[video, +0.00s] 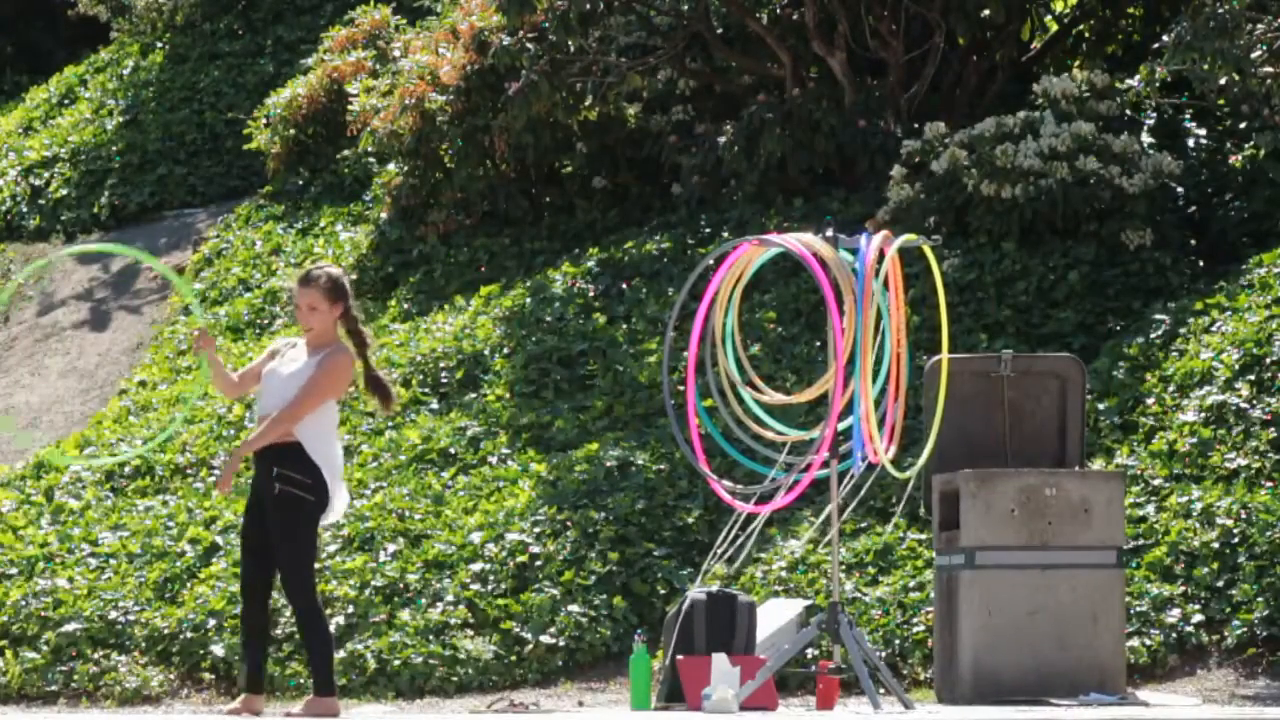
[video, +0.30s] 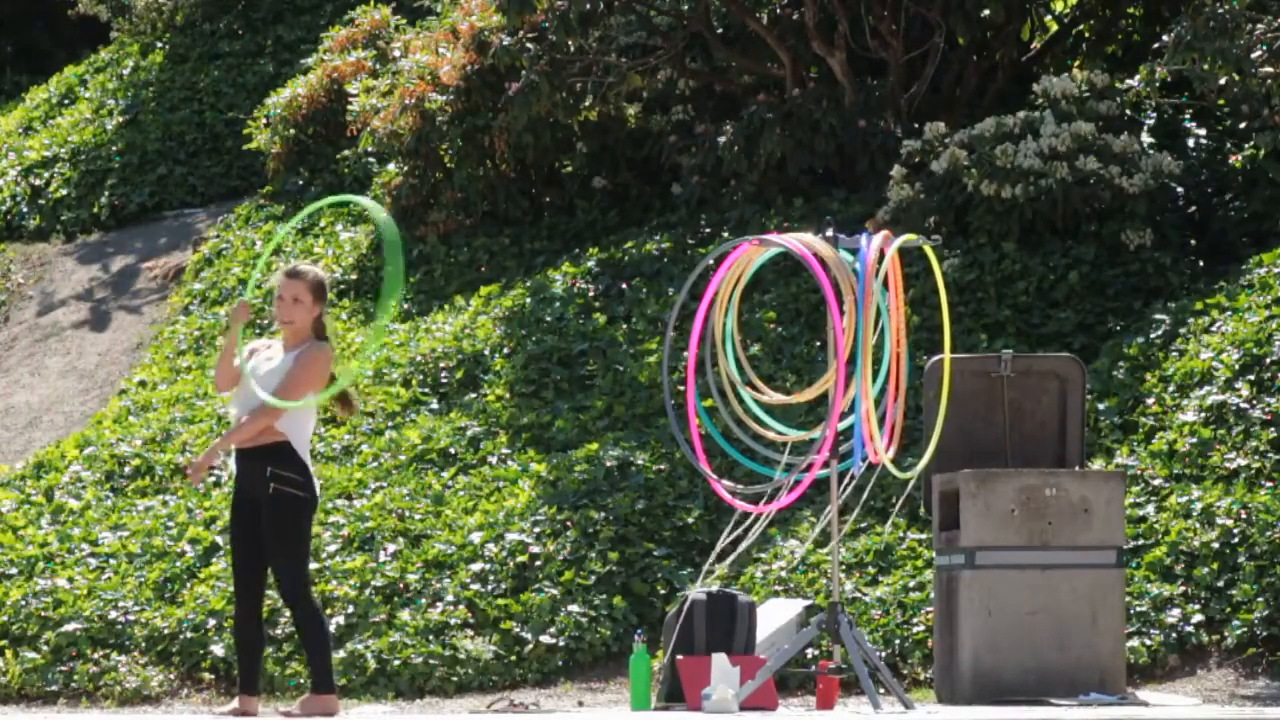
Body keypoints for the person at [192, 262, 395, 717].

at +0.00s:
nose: (302, 315)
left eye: (312, 308)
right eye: (298, 306)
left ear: (337, 309)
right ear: (293, 306)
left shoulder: (339, 359)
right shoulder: (285, 349)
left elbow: (290, 417)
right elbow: (233, 387)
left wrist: (239, 453)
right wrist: (209, 354)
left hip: (299, 474)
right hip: (268, 471)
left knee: (300, 588)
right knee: (254, 587)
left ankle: (325, 696)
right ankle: (252, 696)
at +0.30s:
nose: (284, 306)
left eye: (296, 301)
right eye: (281, 297)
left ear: (317, 310)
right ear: (274, 301)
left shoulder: (316, 354)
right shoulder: (260, 349)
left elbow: (272, 416)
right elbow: (223, 382)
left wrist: (214, 450)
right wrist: (234, 329)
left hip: (286, 476)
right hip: (249, 474)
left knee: (294, 588)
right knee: (248, 591)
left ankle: (324, 693)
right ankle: (247, 696)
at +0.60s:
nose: (268, 293)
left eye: (280, 287)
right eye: (264, 285)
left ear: (298, 299)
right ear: (256, 292)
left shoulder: (303, 347)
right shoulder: (240, 345)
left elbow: (264, 409)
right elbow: (217, 381)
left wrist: (204, 442)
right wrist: (221, 322)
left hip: (288, 474)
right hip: (245, 474)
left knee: (286, 585)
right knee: (245, 589)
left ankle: (299, 694)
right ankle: (248, 696)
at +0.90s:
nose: (261, 282)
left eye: (272, 277)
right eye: (256, 277)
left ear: (291, 292)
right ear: (248, 291)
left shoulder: (310, 337)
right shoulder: (232, 341)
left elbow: (286, 404)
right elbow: (248, 367)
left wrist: (221, 420)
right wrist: (287, 337)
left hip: (294, 468)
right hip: (246, 468)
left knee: (282, 585)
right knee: (241, 585)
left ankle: (283, 695)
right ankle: (247, 694)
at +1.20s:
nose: (262, 286)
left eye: (273, 280)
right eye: (257, 280)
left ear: (295, 293)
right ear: (249, 292)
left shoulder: (321, 344)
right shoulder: (241, 343)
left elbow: (308, 409)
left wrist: (250, 424)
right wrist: (326, 346)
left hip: (302, 462)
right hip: (251, 461)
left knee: (290, 584)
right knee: (231, 568)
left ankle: (285, 695)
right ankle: (233, 647)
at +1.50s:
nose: (273, 288)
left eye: (284, 281)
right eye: (269, 281)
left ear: (305, 291)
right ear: (262, 289)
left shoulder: (329, 340)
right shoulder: (249, 336)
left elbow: (324, 407)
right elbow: (260, 379)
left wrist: (312, 456)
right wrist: (296, 336)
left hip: (303, 455)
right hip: (256, 449)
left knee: (289, 584)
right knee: (283, 504)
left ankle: (283, 693)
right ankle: (230, 544)